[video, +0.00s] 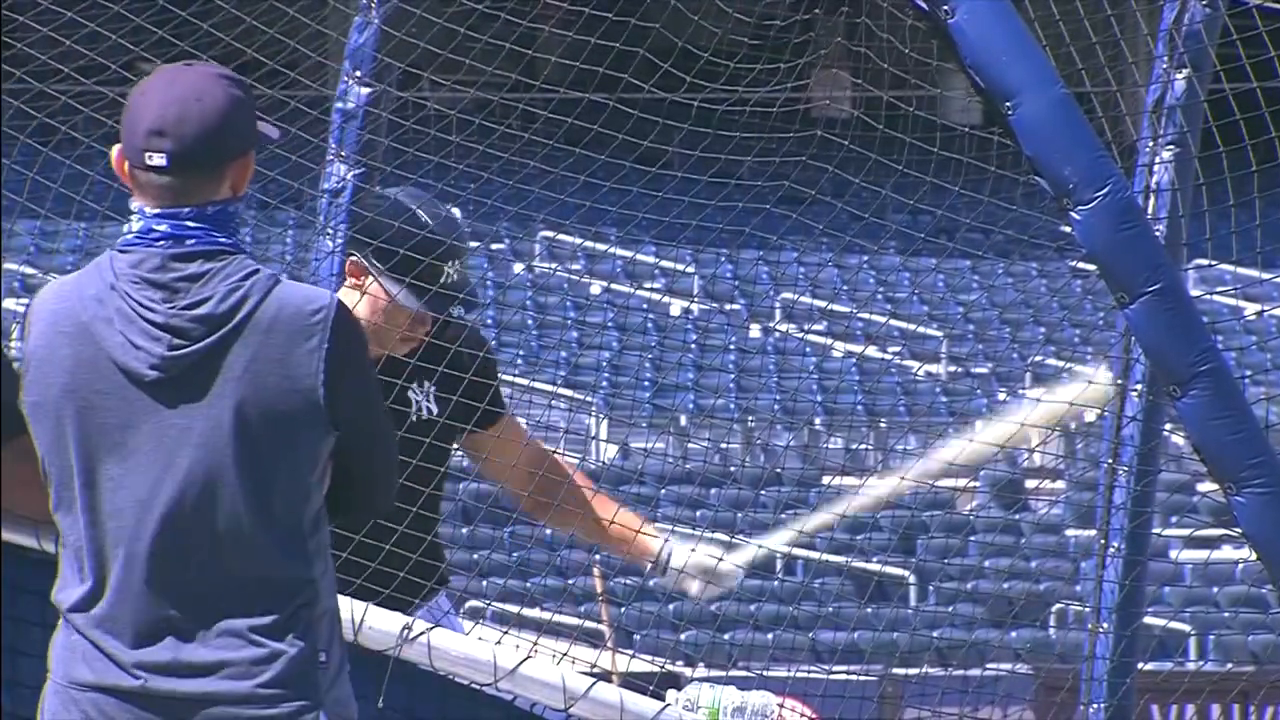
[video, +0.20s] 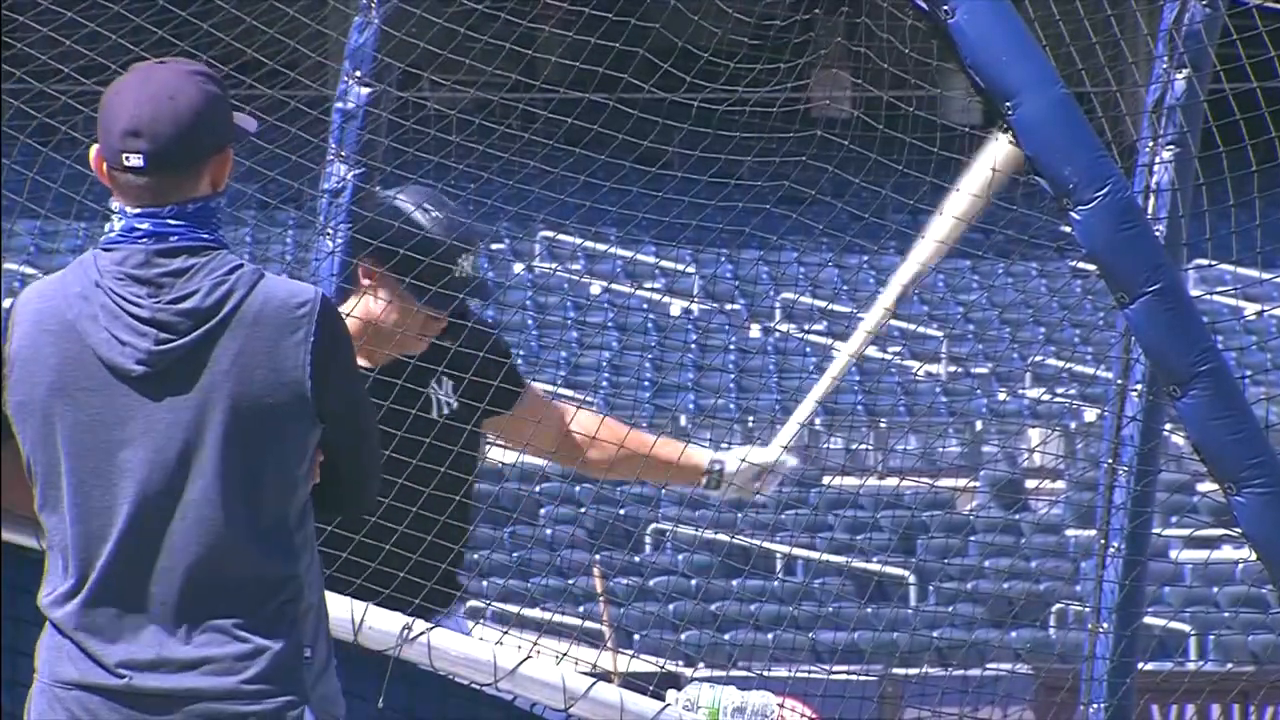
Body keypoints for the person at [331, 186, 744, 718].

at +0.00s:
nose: (427, 325)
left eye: (438, 307)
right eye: (414, 304)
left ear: (450, 295)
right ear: (354, 276)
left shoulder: (452, 353)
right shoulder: (286, 347)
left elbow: (533, 473)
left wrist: (660, 548)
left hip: (418, 618)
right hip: (302, 612)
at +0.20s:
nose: (443, 316)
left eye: (451, 299)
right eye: (429, 296)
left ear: (463, 293)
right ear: (370, 274)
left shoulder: (463, 355)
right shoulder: (296, 351)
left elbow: (568, 434)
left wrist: (715, 469)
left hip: (423, 631)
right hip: (305, 620)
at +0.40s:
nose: (493, 322)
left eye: (503, 304)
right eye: (479, 300)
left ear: (512, 301)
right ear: (421, 282)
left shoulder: (513, 369)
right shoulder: (339, 368)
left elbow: (630, 452)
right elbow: (301, 520)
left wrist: (768, 492)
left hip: (447, 657)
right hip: (334, 646)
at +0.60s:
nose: (528, 309)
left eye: (535, 293)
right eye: (511, 290)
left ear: (544, 294)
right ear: (449, 279)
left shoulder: (541, 382)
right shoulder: (360, 366)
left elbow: (609, 520)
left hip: (461, 651)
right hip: (341, 635)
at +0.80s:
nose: (546, 285)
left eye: (549, 269)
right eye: (528, 267)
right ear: (465, 264)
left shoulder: (557, 379)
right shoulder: (383, 349)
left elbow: (558, 542)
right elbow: (333, 501)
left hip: (490, 650)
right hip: (371, 631)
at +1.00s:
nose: (553, 261)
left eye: (555, 245)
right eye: (535, 243)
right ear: (470, 240)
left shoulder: (562, 361)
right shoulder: (396, 335)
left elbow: (556, 518)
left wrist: (486, 618)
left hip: (467, 616)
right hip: (362, 599)